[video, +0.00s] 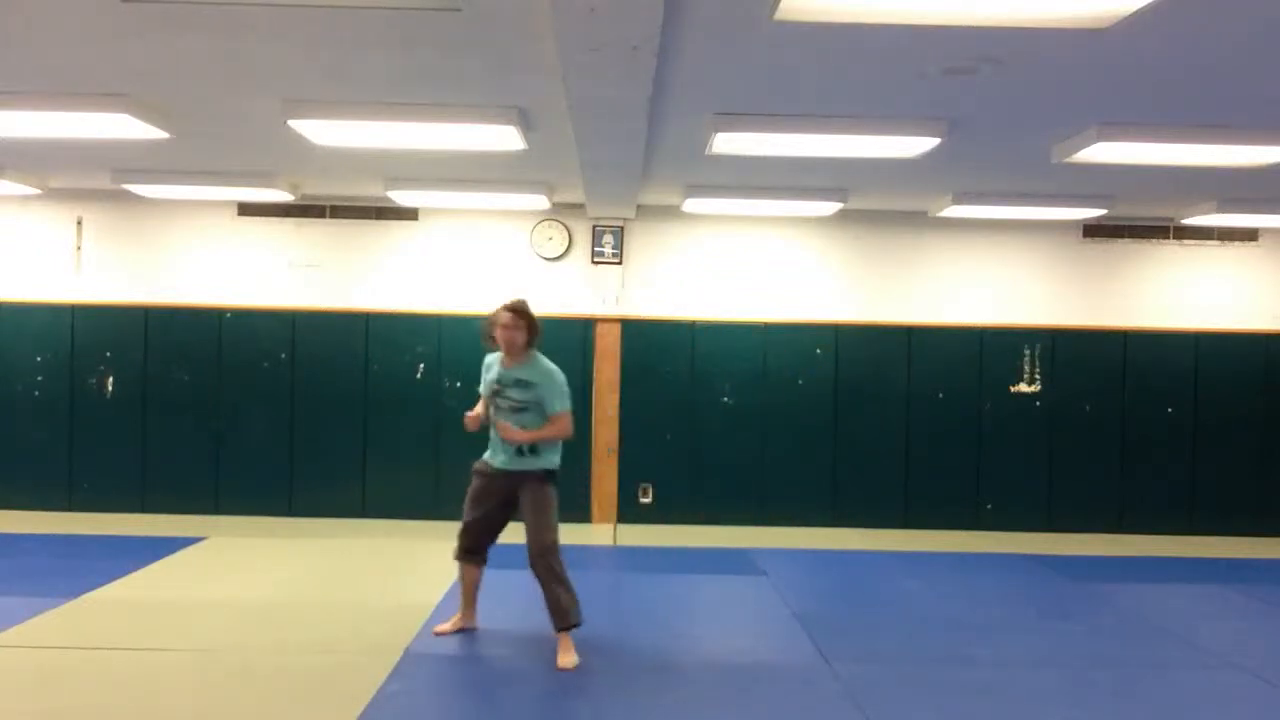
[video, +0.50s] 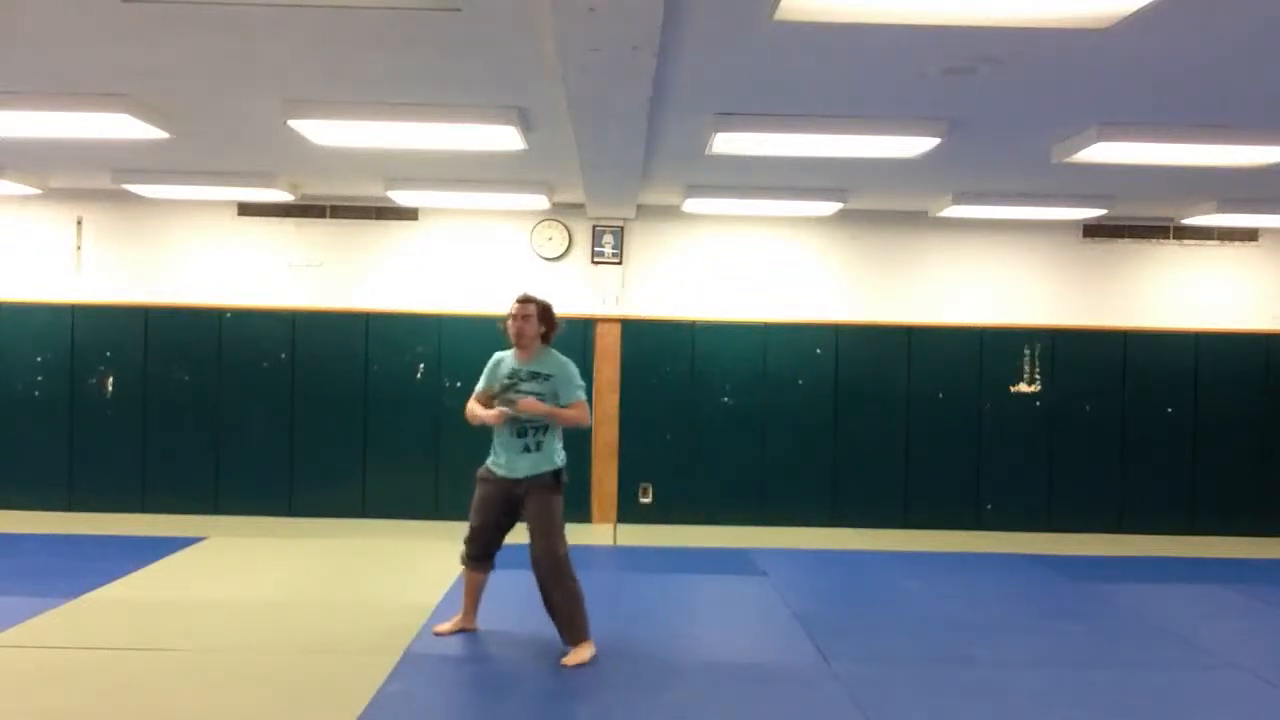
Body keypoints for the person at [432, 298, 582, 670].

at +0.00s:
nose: (507, 335)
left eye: (515, 328)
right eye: (502, 327)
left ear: (529, 333)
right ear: (495, 331)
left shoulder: (549, 375)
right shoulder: (490, 364)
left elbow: (564, 427)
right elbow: (486, 403)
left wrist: (524, 435)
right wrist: (477, 415)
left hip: (536, 473)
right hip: (494, 468)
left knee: (544, 552)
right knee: (471, 542)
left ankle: (564, 636)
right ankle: (467, 615)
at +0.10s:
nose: (494, 326)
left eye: (501, 319)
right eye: (489, 319)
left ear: (516, 324)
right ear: (482, 323)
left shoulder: (536, 363)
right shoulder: (483, 359)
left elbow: (553, 415)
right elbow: (495, 404)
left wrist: (502, 417)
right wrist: (475, 411)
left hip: (533, 465)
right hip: (493, 462)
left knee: (543, 548)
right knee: (478, 542)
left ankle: (561, 634)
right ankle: (468, 615)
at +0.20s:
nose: (491, 322)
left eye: (499, 316)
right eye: (486, 315)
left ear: (513, 321)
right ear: (479, 320)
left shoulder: (532, 359)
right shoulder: (480, 359)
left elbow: (549, 411)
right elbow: (492, 403)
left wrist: (498, 407)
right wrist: (474, 412)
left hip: (531, 463)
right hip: (492, 462)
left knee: (545, 547)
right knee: (477, 541)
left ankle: (568, 634)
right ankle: (467, 615)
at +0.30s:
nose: (495, 320)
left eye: (503, 315)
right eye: (491, 314)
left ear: (518, 321)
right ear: (483, 319)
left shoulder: (535, 358)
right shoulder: (483, 360)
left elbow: (553, 410)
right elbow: (486, 402)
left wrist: (504, 405)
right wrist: (473, 413)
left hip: (529, 465)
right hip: (490, 463)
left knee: (544, 547)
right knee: (476, 542)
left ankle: (577, 632)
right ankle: (467, 616)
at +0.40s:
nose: (505, 322)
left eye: (513, 316)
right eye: (500, 315)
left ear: (528, 322)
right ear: (494, 320)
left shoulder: (546, 362)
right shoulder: (489, 361)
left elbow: (565, 411)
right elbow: (476, 403)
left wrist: (520, 406)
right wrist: (475, 412)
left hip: (532, 470)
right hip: (492, 467)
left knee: (544, 553)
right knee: (475, 543)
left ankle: (581, 635)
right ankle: (467, 617)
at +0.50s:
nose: (519, 324)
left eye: (527, 318)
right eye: (515, 318)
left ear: (543, 325)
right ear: (508, 323)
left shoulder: (561, 367)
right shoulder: (498, 362)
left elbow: (582, 416)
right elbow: (471, 407)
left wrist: (540, 410)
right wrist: (485, 414)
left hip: (542, 474)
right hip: (498, 472)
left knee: (549, 556)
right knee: (477, 545)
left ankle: (581, 642)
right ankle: (467, 617)